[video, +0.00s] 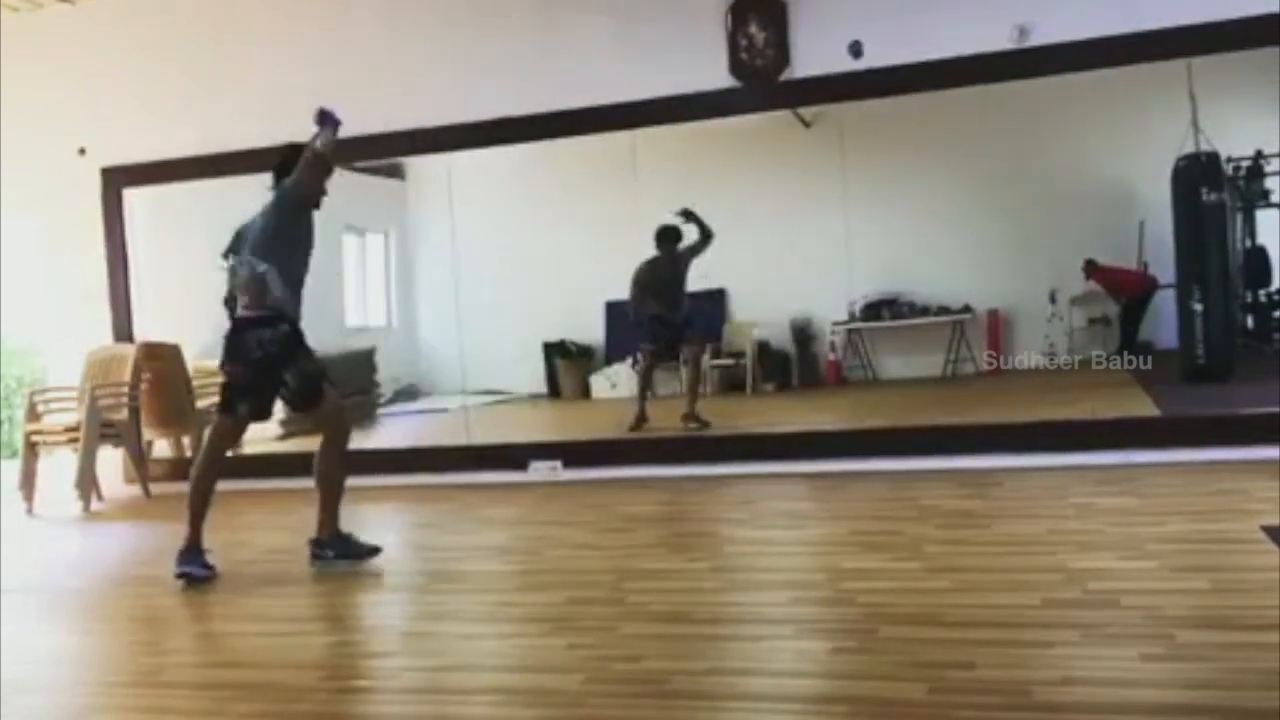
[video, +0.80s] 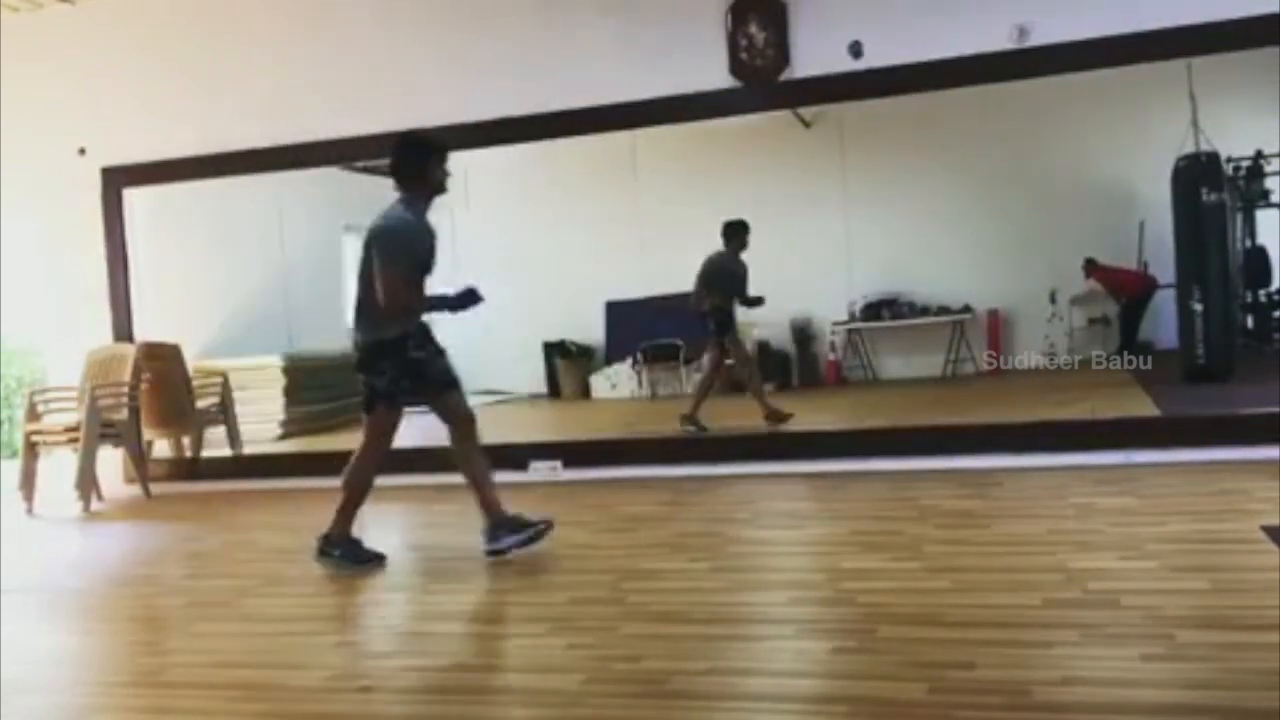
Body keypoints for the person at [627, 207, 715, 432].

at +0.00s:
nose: (669, 249)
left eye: (672, 244)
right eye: (665, 244)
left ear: (677, 244)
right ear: (659, 244)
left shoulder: (682, 260)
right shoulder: (645, 271)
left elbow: (706, 238)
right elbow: (635, 309)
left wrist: (693, 218)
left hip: (679, 324)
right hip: (653, 326)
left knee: (694, 355)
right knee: (646, 361)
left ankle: (690, 411)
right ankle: (641, 412)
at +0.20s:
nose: (678, 247)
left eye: (682, 242)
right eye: (674, 242)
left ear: (686, 242)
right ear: (666, 243)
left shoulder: (692, 262)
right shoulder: (655, 269)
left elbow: (720, 251)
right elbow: (644, 303)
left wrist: (715, 232)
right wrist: (641, 336)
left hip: (686, 323)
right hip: (659, 323)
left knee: (694, 358)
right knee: (651, 360)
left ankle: (688, 414)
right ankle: (642, 410)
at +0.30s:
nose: (682, 243)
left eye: (686, 238)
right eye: (677, 238)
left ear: (691, 239)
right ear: (670, 239)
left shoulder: (697, 262)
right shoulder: (659, 266)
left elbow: (726, 260)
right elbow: (646, 300)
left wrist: (724, 243)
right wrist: (640, 328)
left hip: (690, 321)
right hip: (663, 321)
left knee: (696, 366)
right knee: (654, 366)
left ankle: (688, 414)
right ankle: (645, 408)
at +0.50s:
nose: (702, 238)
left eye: (704, 233)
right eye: (697, 233)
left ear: (707, 235)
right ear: (688, 235)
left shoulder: (709, 262)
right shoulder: (675, 262)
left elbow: (719, 290)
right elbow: (662, 296)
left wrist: (730, 288)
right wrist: (678, 304)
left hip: (705, 320)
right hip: (683, 320)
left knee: (698, 369)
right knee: (687, 365)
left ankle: (688, 415)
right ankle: (666, 407)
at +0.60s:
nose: (721, 238)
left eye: (721, 234)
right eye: (717, 234)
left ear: (717, 236)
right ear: (707, 235)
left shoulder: (720, 263)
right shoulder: (690, 261)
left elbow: (717, 293)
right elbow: (673, 297)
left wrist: (724, 300)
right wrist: (692, 302)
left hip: (714, 317)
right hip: (697, 316)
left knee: (713, 364)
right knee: (704, 363)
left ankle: (704, 412)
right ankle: (690, 414)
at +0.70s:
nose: (730, 240)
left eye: (730, 236)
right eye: (726, 236)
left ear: (725, 237)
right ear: (715, 236)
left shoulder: (726, 265)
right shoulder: (696, 262)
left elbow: (724, 293)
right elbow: (681, 295)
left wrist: (728, 299)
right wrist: (695, 303)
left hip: (717, 316)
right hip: (700, 316)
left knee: (706, 366)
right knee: (722, 360)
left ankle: (689, 415)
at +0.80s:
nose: (747, 242)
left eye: (746, 237)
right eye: (744, 237)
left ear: (737, 239)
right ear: (734, 238)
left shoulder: (740, 267)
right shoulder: (714, 262)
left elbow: (741, 297)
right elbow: (698, 296)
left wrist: (754, 301)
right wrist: (708, 305)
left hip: (726, 317)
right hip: (713, 317)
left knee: (714, 367)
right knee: (745, 361)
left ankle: (691, 414)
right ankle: (768, 410)